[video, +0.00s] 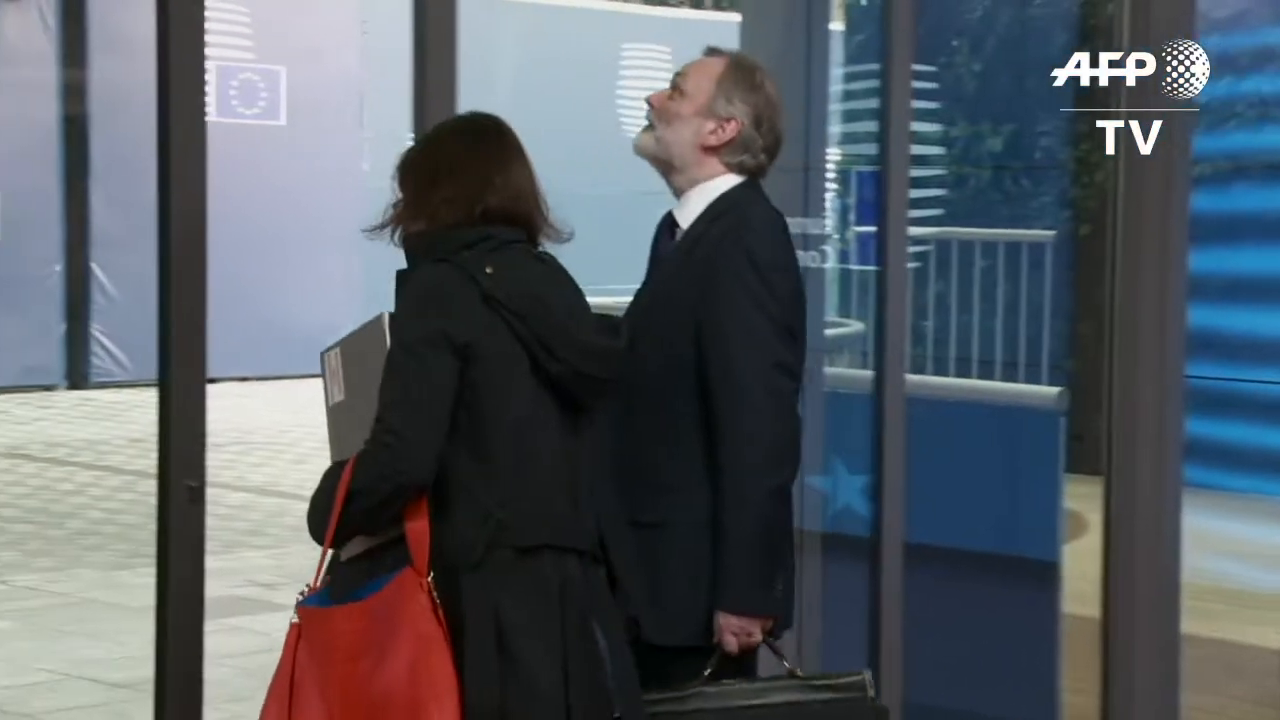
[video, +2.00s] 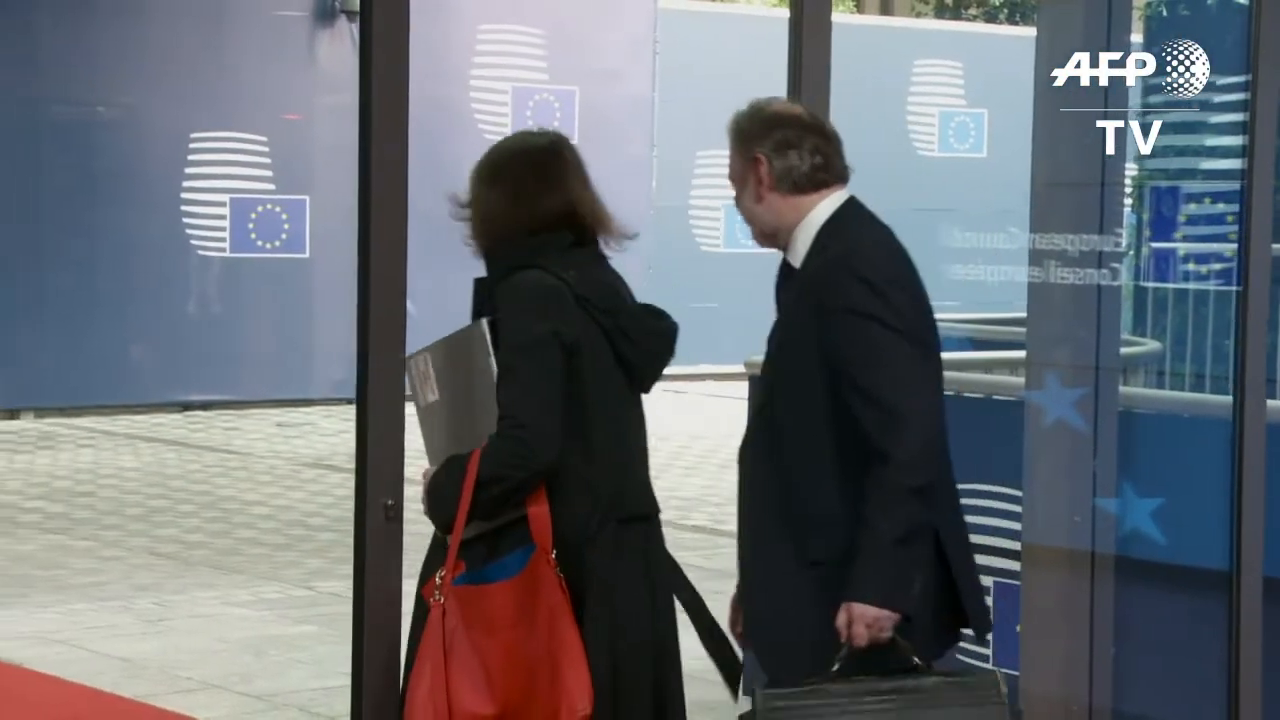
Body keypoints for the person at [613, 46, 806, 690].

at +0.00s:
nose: (653, 99)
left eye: (676, 93)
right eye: (667, 87)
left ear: (719, 131)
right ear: (714, 132)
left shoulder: (743, 236)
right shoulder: (690, 227)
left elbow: (757, 425)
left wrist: (744, 588)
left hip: (696, 574)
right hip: (658, 564)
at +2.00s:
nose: (736, 204)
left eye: (736, 186)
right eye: (734, 187)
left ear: (762, 175)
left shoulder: (854, 262)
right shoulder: (819, 257)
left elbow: (904, 438)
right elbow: (812, 445)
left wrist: (880, 585)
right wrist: (762, 579)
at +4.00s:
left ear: (545, 185)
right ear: (611, 182)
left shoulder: (503, 251)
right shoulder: (654, 265)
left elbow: (474, 371)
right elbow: (674, 379)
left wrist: (452, 474)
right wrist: (635, 444)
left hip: (522, 462)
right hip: (626, 469)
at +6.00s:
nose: (518, 198)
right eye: (520, 192)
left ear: (471, 190)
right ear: (517, 193)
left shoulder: (432, 236)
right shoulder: (540, 250)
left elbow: (405, 315)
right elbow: (556, 337)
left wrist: (401, 395)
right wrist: (561, 411)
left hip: (438, 404)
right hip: (508, 408)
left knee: (441, 507)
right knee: (493, 518)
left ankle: (437, 590)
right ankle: (472, 633)